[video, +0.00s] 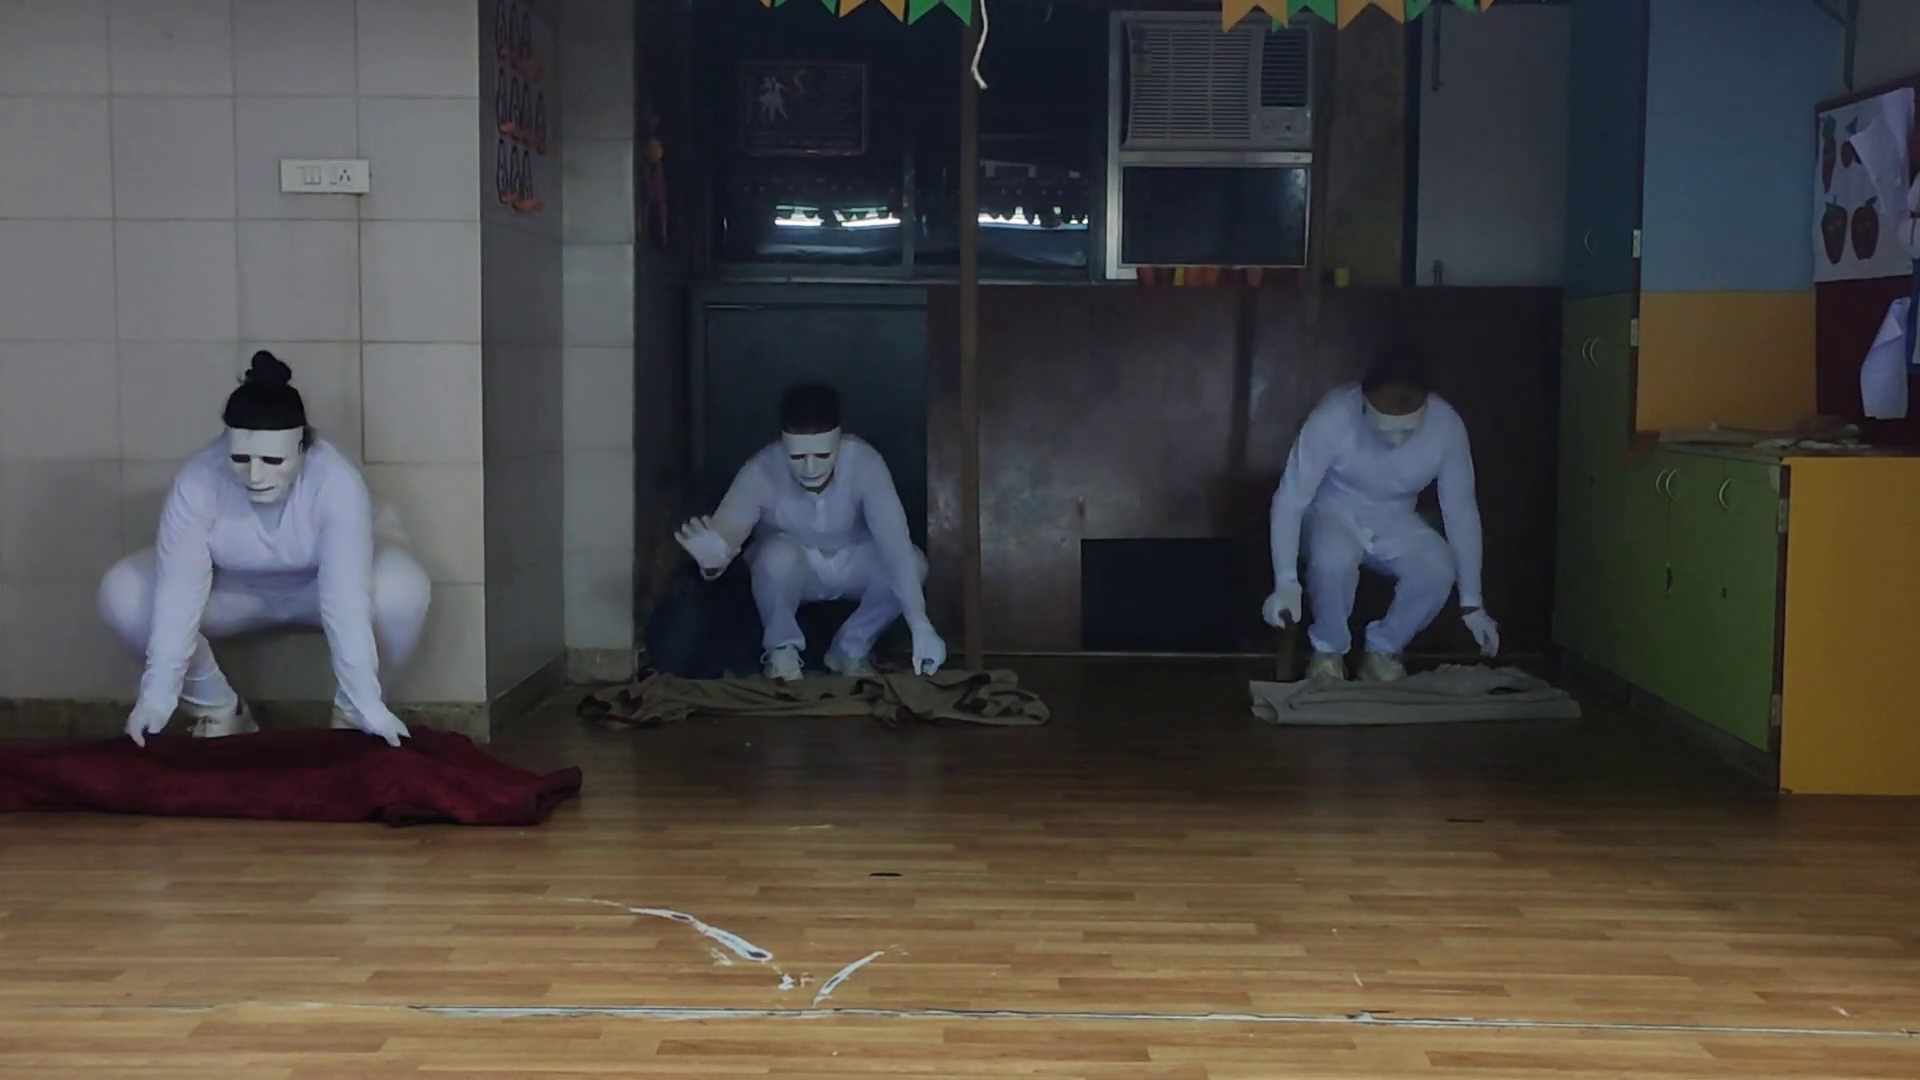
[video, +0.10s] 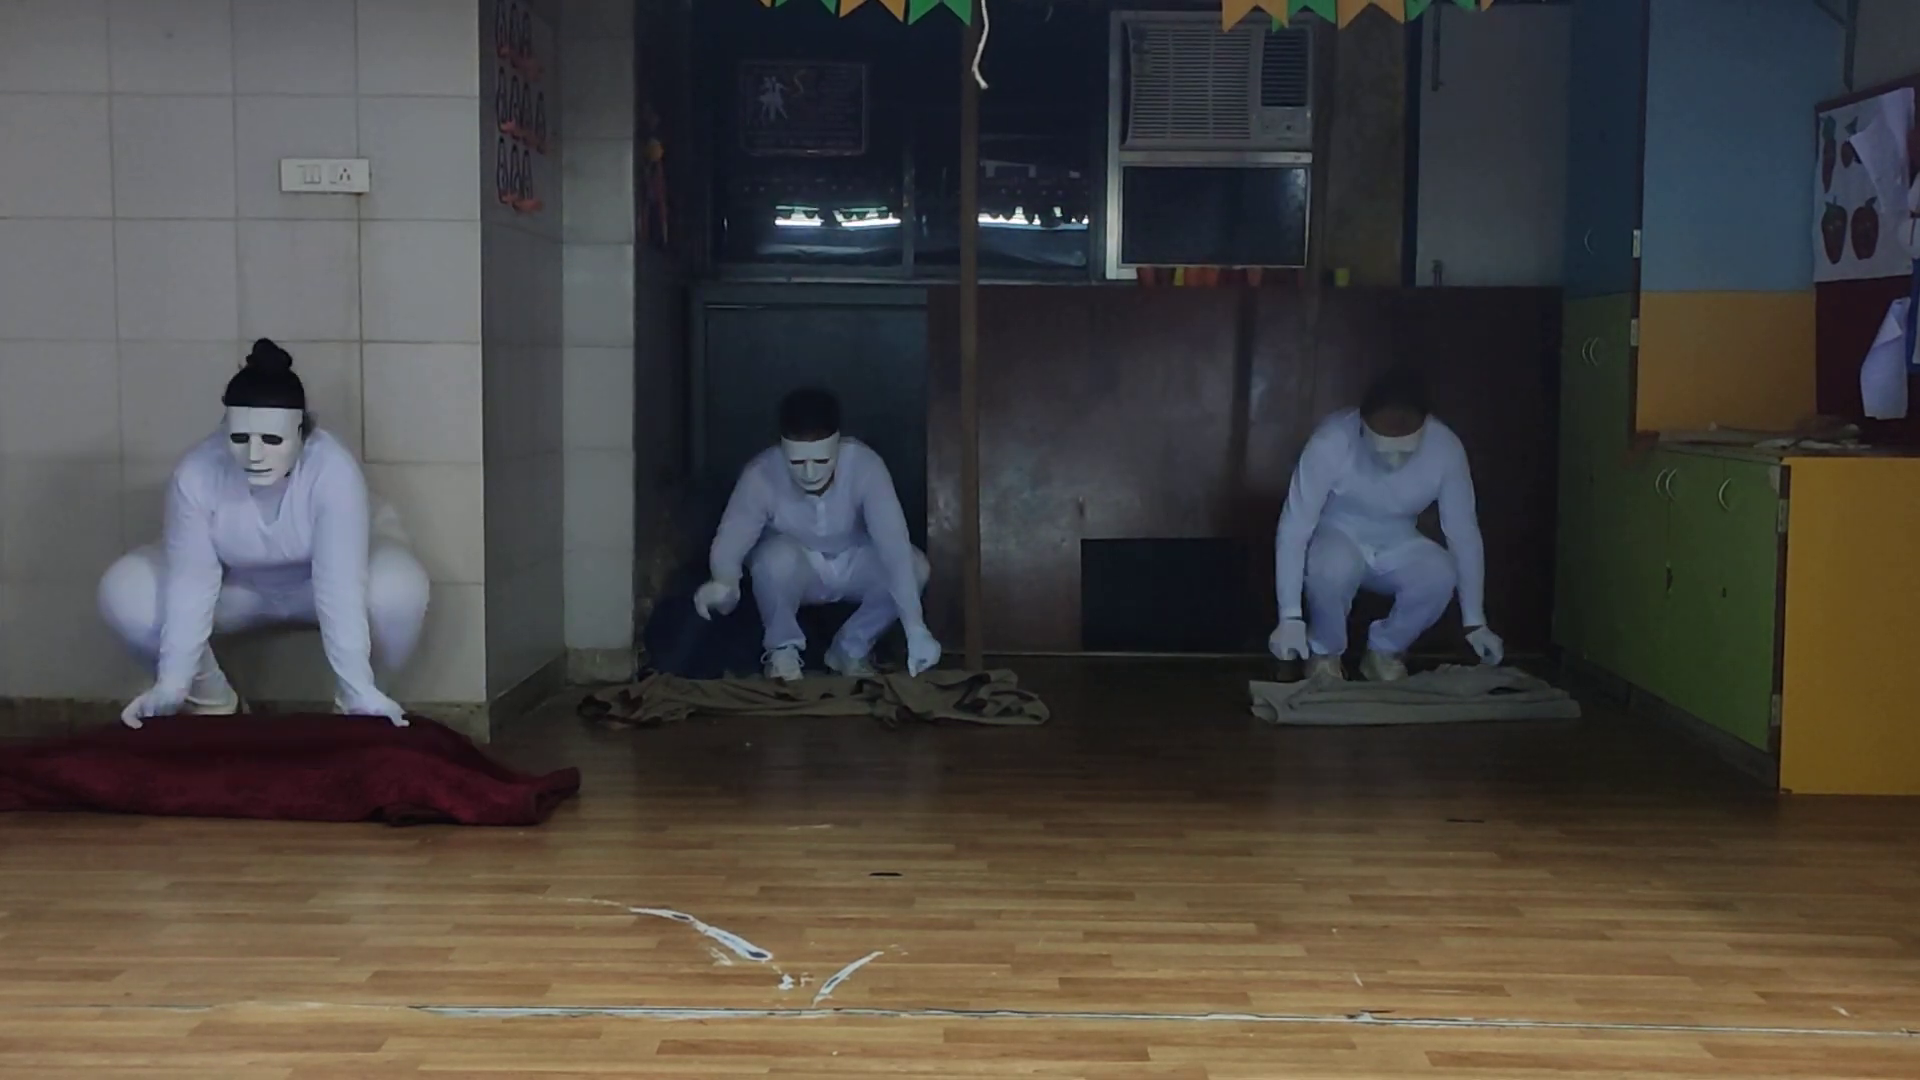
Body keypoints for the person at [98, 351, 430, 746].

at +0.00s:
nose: (256, 476)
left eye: (273, 460)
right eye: (241, 459)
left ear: (301, 449)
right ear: (227, 448)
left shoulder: (338, 486)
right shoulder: (197, 486)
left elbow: (345, 601)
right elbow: (179, 597)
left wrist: (365, 703)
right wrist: (155, 697)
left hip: (320, 589)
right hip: (233, 593)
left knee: (402, 587)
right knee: (126, 591)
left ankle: (352, 711)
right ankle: (219, 712)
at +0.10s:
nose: (254, 456)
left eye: (272, 440)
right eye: (240, 439)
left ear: (301, 435)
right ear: (226, 433)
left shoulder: (334, 474)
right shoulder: (197, 478)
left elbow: (339, 589)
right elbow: (192, 584)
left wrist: (360, 694)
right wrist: (169, 685)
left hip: (320, 587)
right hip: (236, 590)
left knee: (400, 586)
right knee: (127, 590)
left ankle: (352, 703)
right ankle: (214, 700)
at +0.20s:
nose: (255, 441)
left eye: (273, 426)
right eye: (241, 425)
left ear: (300, 425)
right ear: (225, 424)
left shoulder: (333, 469)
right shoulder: (198, 473)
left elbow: (338, 582)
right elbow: (198, 584)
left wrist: (358, 684)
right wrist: (176, 687)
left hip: (320, 586)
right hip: (236, 591)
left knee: (398, 587)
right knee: (128, 591)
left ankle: (354, 700)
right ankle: (215, 699)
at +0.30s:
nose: (255, 435)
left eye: (272, 419)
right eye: (241, 419)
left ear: (300, 421)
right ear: (225, 420)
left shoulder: (332, 467)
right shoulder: (198, 473)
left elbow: (339, 582)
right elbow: (196, 585)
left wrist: (369, 685)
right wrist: (162, 693)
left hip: (317, 590)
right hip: (233, 596)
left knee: (398, 585)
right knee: (126, 592)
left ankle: (358, 694)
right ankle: (212, 698)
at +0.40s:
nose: (253, 424)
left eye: (271, 409)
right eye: (239, 409)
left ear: (298, 411)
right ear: (225, 410)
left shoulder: (329, 461)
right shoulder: (198, 469)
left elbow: (341, 573)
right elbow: (193, 573)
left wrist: (380, 668)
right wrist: (151, 668)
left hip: (317, 596)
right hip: (233, 599)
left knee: (397, 583)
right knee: (124, 590)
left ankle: (358, 676)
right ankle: (202, 681)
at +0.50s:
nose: (252, 403)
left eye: (270, 388)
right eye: (240, 388)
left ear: (297, 391)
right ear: (225, 391)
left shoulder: (327, 438)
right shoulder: (197, 451)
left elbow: (343, 541)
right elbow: (193, 551)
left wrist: (376, 621)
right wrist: (136, 628)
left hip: (315, 580)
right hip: (232, 585)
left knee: (399, 582)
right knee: (121, 586)